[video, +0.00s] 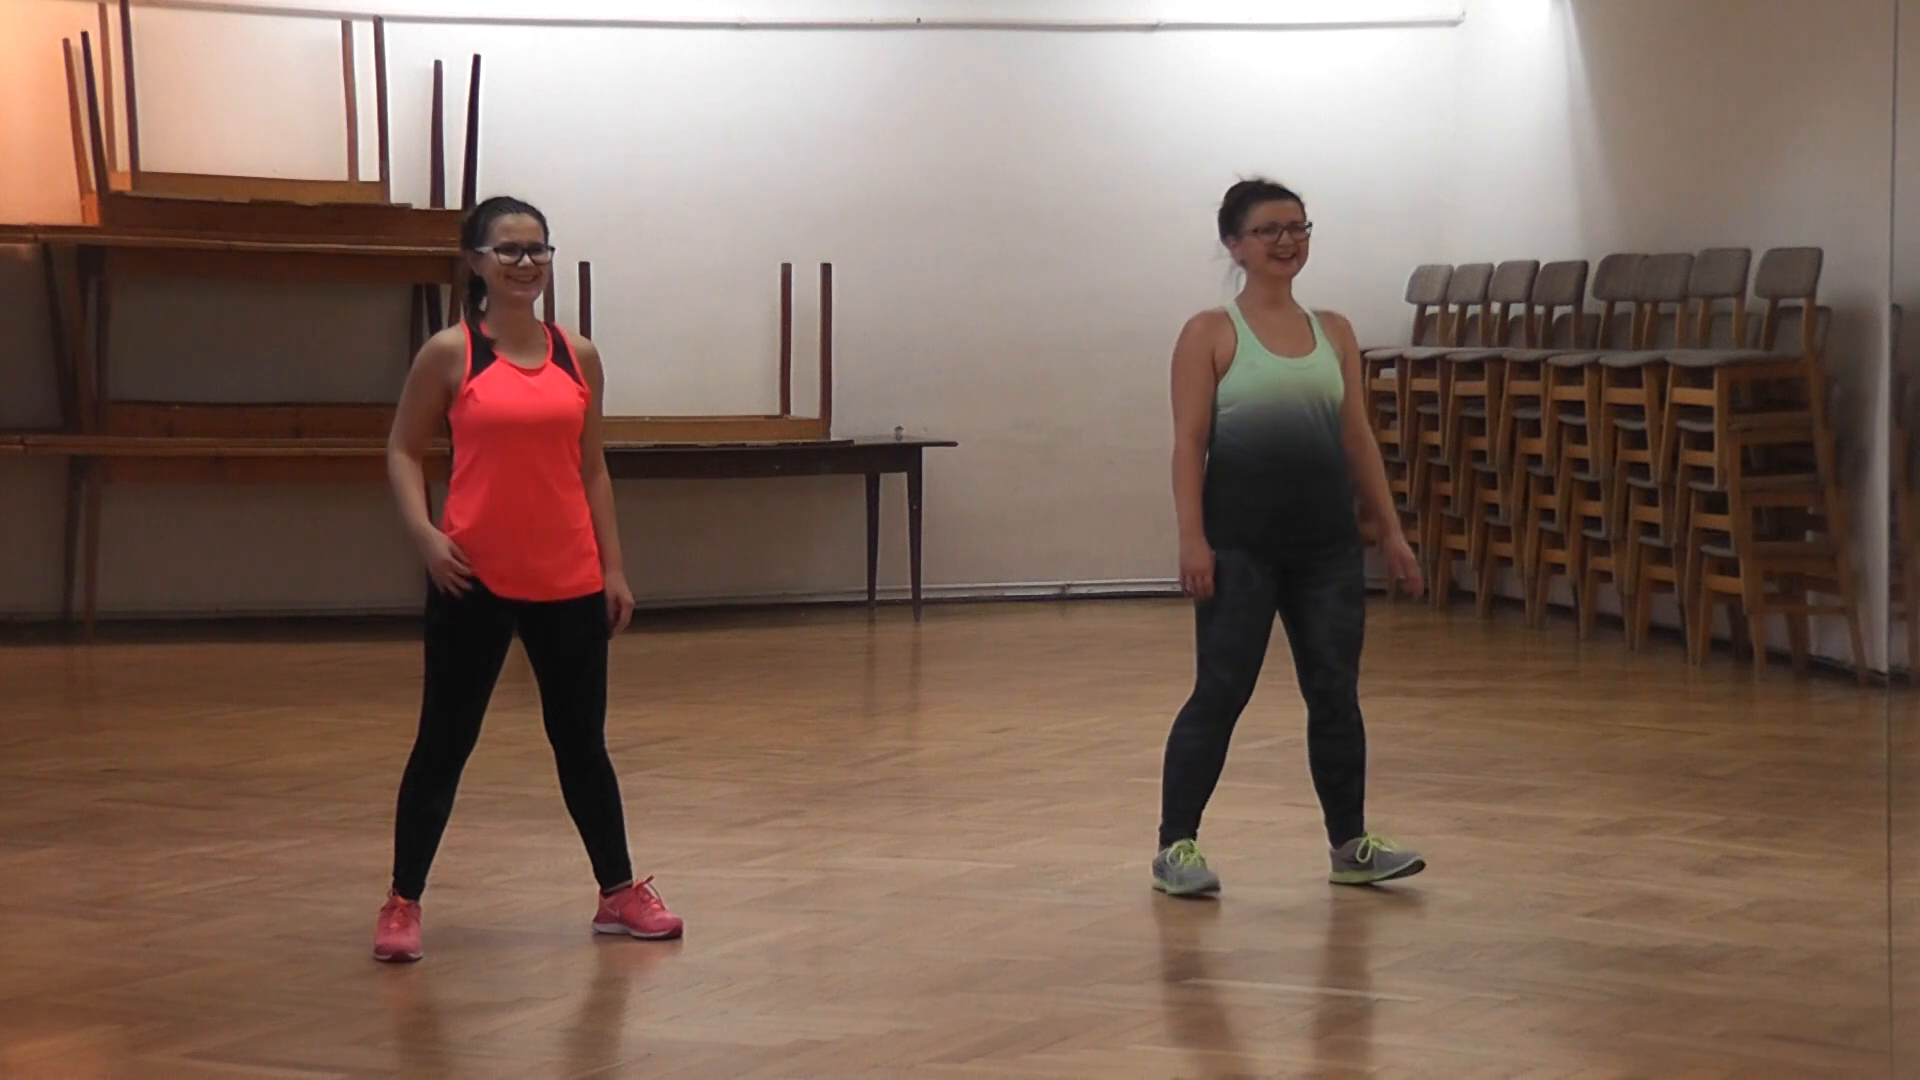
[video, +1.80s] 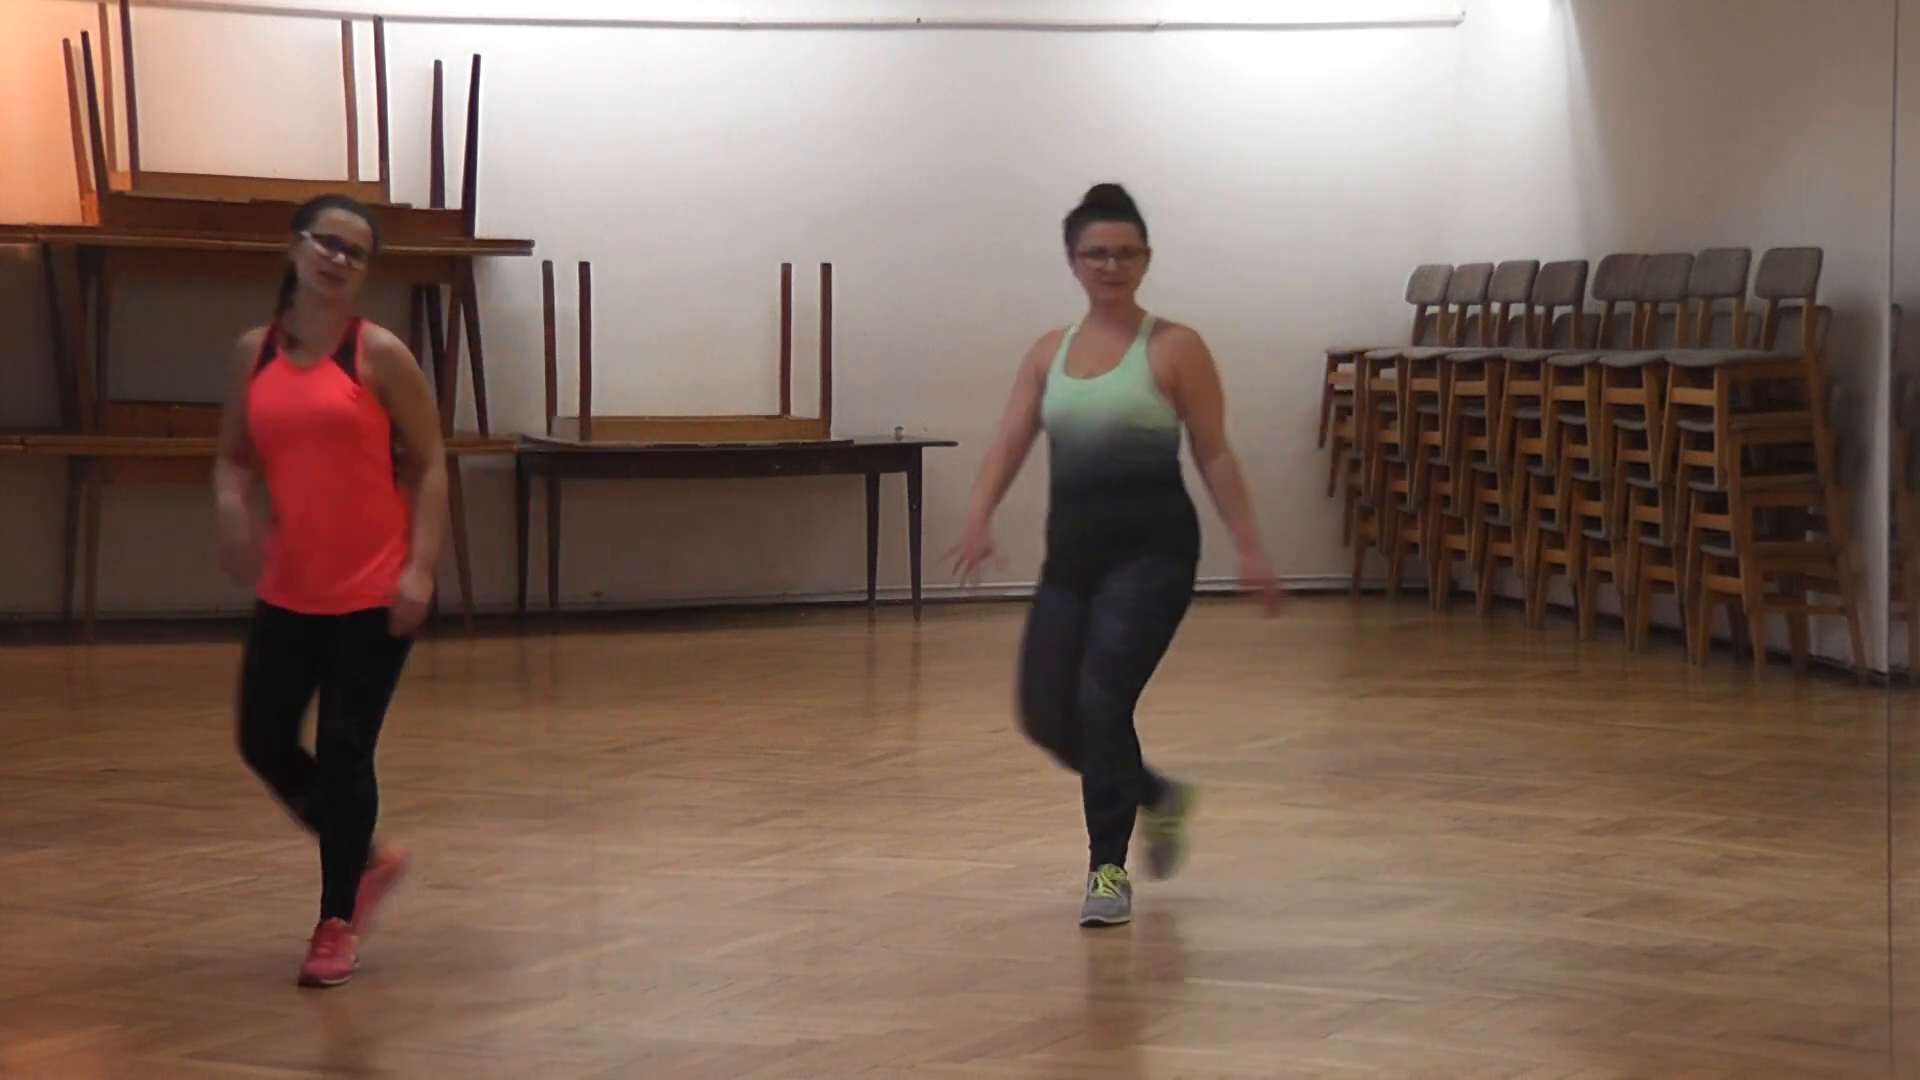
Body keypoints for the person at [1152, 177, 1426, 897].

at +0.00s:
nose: (1287, 241)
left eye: (1296, 228)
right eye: (1269, 231)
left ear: (1308, 237)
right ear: (1235, 244)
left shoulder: (1335, 332)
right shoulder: (1209, 333)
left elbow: (1359, 440)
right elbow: (1189, 443)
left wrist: (1391, 533)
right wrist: (1192, 538)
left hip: (1328, 546)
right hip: (1239, 548)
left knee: (1336, 696)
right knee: (1219, 696)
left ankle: (1350, 845)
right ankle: (1177, 846)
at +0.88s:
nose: (1270, 269)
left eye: (1278, 250)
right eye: (1256, 260)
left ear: (1318, 231)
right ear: (1251, 262)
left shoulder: (1381, 317)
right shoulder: (1263, 327)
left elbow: (1400, 416)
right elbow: (1257, 417)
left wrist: (1322, 451)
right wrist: (1193, 476)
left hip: (1375, 530)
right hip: (1288, 529)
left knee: (1368, 691)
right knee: (1262, 684)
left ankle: (1369, 842)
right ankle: (1233, 840)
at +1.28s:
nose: (1211, 280)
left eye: (1223, 265)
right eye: (1200, 268)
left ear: (1263, 254)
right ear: (1191, 264)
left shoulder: (1309, 338)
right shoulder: (1196, 340)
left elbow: (1344, 447)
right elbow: (1187, 437)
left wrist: (1334, 540)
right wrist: (1137, 481)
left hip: (1305, 552)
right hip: (1229, 553)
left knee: (1296, 690)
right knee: (1239, 700)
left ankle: (1372, 814)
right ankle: (1291, 845)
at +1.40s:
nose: (1184, 273)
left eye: (1196, 257)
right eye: (1172, 261)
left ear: (1235, 245)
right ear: (1164, 257)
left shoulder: (1285, 329)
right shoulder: (1166, 328)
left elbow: (1347, 421)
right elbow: (1133, 425)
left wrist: (1391, 508)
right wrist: (1087, 422)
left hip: (1281, 526)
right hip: (1204, 532)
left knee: (1237, 662)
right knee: (1237, 679)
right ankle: (1288, 842)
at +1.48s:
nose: (1167, 279)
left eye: (1180, 263)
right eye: (1154, 265)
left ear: (1218, 249)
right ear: (1143, 259)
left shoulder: (1269, 333)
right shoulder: (1143, 333)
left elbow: (1342, 414)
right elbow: (1097, 416)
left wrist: (1403, 494)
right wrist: (1067, 398)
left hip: (1259, 535)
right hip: (1187, 542)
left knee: (1211, 671)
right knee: (1248, 690)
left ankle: (1165, 846)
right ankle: (1293, 841)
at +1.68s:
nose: (1135, 274)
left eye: (1150, 259)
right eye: (1121, 262)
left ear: (1175, 261)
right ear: (1101, 268)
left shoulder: (1212, 350)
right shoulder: (1087, 353)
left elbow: (1275, 444)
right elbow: (1053, 444)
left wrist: (1341, 519)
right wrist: (1018, 442)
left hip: (1189, 549)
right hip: (1114, 554)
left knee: (1128, 693)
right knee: (1163, 703)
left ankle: (1110, 866)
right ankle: (1265, 822)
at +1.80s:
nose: (1113, 265)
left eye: (1127, 252)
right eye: (1098, 253)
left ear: (1145, 259)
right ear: (1073, 261)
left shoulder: (1175, 349)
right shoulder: (1051, 353)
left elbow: (1214, 454)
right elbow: (1011, 443)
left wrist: (1251, 551)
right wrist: (978, 518)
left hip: (1152, 551)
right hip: (1073, 553)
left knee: (1101, 697)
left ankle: (1107, 869)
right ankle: (1159, 793)